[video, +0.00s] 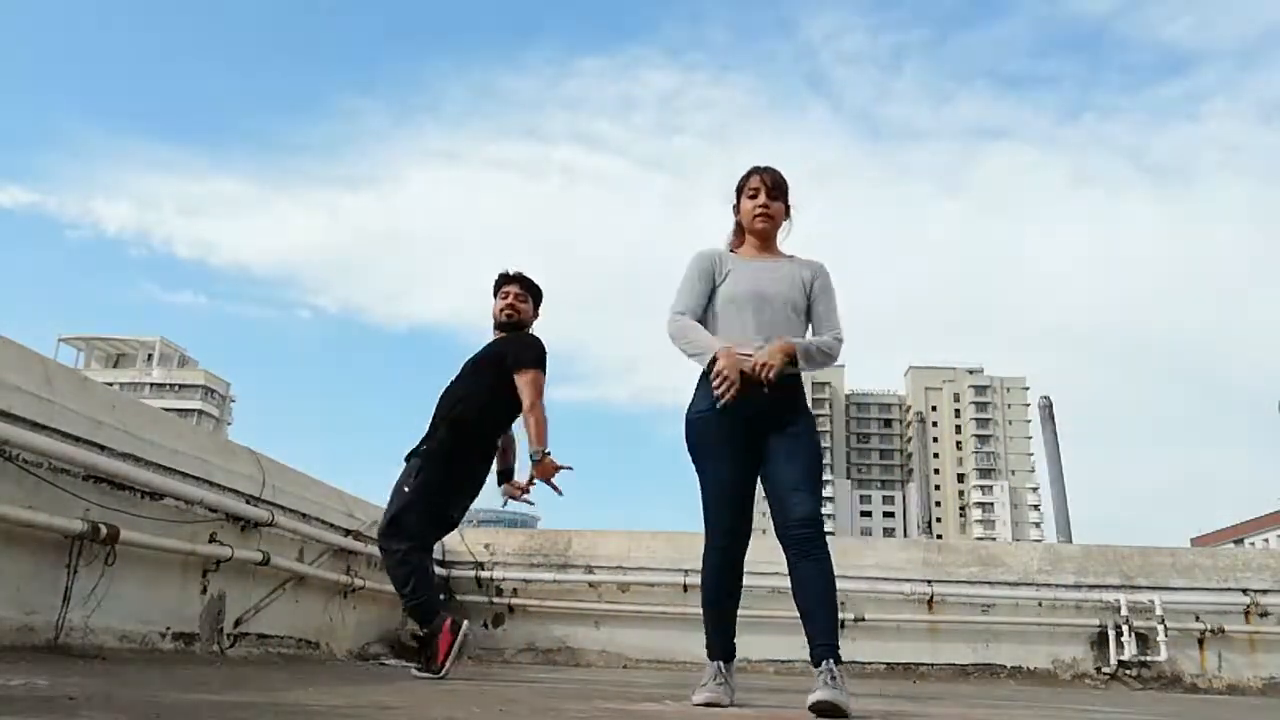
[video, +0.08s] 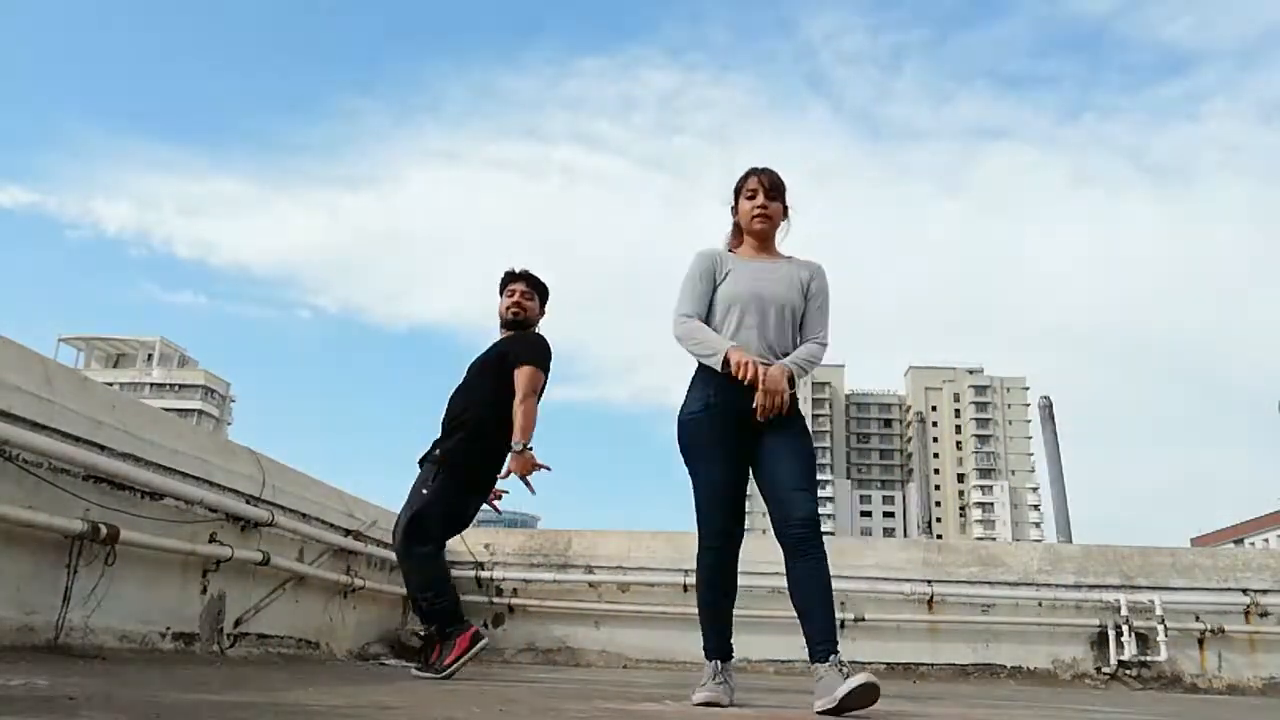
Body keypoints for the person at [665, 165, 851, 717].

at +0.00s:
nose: (762, 201)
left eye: (773, 194)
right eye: (752, 193)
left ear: (787, 210)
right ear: (737, 207)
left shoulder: (811, 272)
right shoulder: (709, 262)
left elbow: (831, 346)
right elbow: (679, 324)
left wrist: (790, 347)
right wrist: (721, 353)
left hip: (786, 410)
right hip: (720, 410)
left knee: (803, 529)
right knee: (725, 537)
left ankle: (828, 670)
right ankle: (718, 668)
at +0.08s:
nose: (761, 202)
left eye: (770, 196)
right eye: (751, 195)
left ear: (784, 212)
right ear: (735, 210)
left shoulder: (809, 273)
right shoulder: (710, 262)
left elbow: (815, 344)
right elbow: (685, 325)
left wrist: (781, 371)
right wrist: (733, 356)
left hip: (778, 410)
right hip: (714, 406)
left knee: (802, 529)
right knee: (719, 535)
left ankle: (828, 671)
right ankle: (717, 669)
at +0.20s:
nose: (761, 204)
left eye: (770, 197)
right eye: (751, 197)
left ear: (785, 212)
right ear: (736, 213)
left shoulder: (812, 272)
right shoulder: (713, 262)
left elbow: (812, 341)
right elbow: (690, 329)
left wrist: (783, 378)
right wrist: (751, 339)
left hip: (777, 406)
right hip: (712, 402)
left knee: (810, 528)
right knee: (716, 536)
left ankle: (838, 671)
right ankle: (716, 671)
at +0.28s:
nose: (764, 205)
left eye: (773, 199)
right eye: (754, 199)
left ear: (788, 214)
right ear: (739, 216)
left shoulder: (817, 273)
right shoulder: (716, 267)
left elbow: (817, 344)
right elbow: (688, 333)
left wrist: (799, 363)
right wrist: (749, 334)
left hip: (779, 409)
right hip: (713, 405)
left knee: (811, 532)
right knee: (717, 535)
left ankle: (847, 668)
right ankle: (716, 668)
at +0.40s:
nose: (768, 208)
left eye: (777, 201)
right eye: (758, 202)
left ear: (792, 216)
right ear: (743, 218)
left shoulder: (822, 273)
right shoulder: (720, 271)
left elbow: (831, 353)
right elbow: (686, 335)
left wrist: (804, 342)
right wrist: (747, 336)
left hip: (784, 413)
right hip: (718, 408)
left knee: (812, 536)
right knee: (718, 538)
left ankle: (853, 669)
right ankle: (715, 668)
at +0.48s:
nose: (776, 210)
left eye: (785, 203)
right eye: (765, 204)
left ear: (800, 218)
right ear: (750, 221)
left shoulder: (830, 269)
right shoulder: (730, 277)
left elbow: (861, 336)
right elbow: (698, 336)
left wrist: (822, 313)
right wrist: (740, 334)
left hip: (800, 413)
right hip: (735, 413)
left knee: (820, 541)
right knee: (729, 538)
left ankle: (853, 673)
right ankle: (716, 668)